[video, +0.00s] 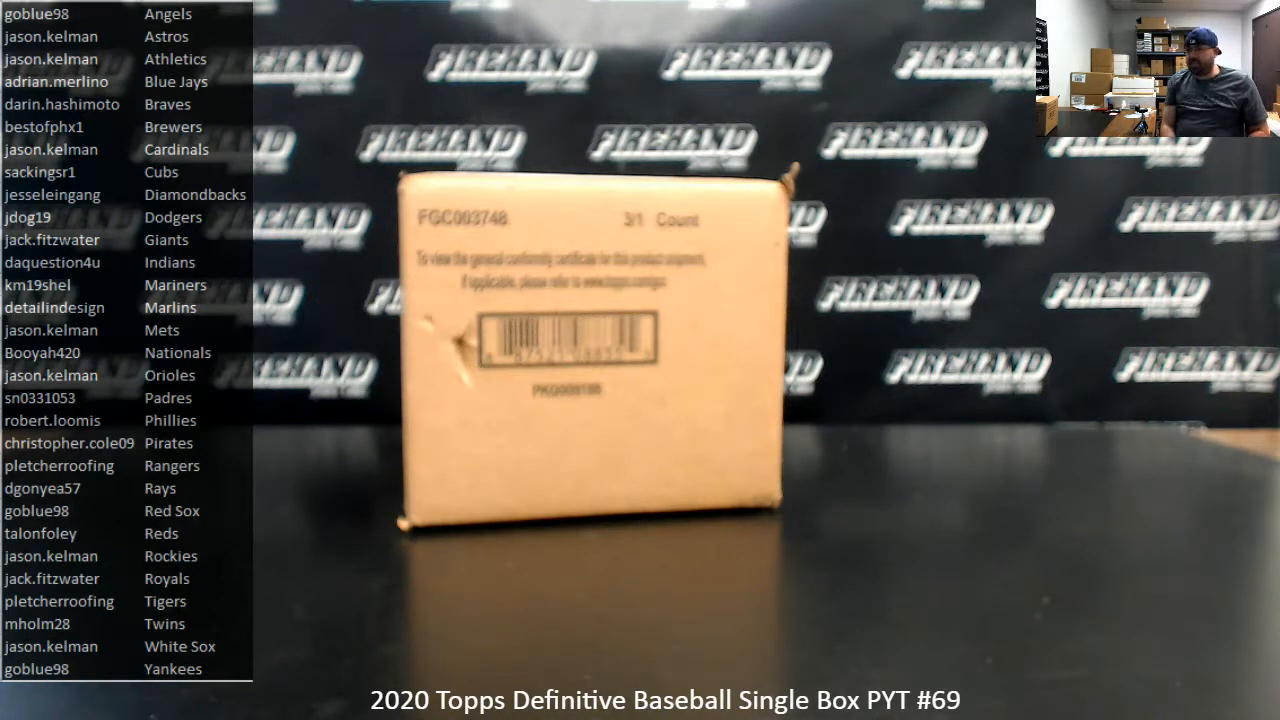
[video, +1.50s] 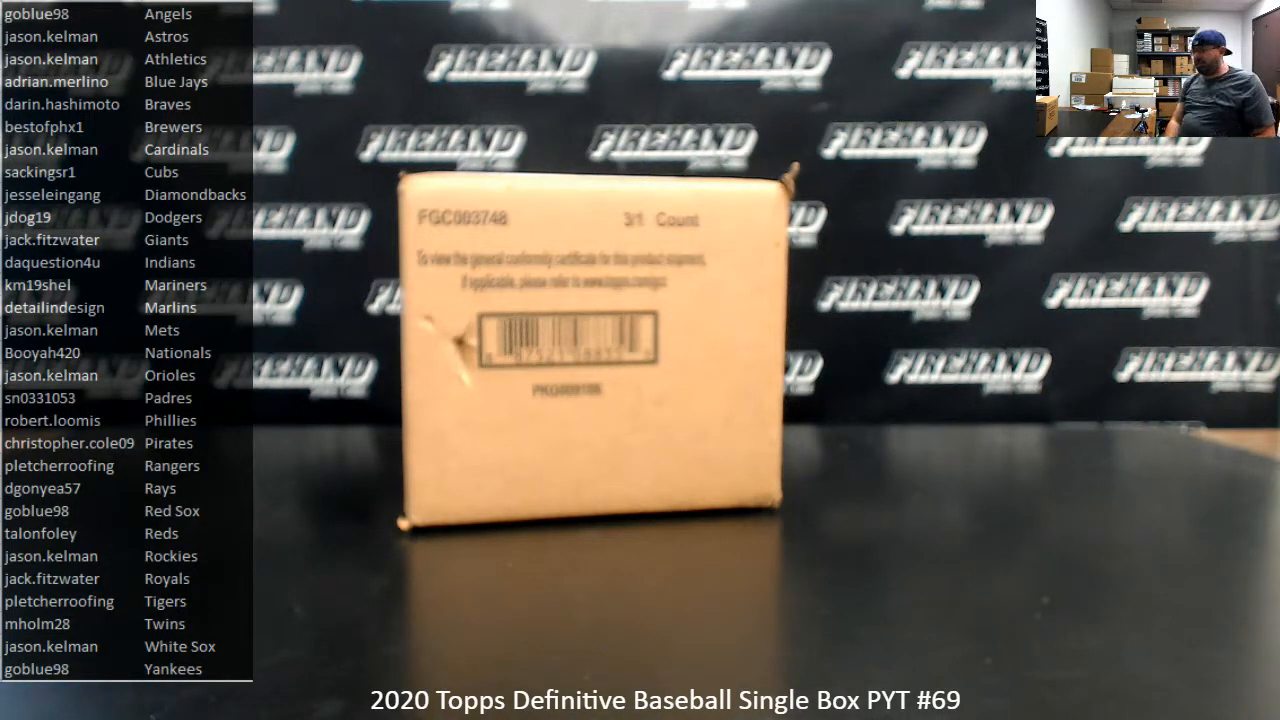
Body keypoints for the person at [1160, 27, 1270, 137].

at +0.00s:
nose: (1192, 56)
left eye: (1199, 49)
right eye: (1189, 50)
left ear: (1216, 52)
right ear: (1185, 53)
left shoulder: (1242, 83)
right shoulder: (1177, 82)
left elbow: (1261, 131)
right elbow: (1167, 125)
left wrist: (1242, 157)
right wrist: (1171, 152)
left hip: (1228, 158)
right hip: (1184, 159)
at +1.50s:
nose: (1197, 57)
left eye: (1203, 51)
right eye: (1194, 52)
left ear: (1221, 52)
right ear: (1191, 54)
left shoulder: (1248, 82)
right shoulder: (1190, 83)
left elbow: (1267, 134)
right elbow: (1176, 120)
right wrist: (1167, 149)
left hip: (1229, 162)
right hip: (1187, 160)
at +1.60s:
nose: (1190, 58)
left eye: (1196, 51)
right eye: (1190, 52)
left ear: (1217, 51)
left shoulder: (1247, 83)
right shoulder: (1191, 82)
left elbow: (1266, 136)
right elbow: (1176, 120)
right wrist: (1164, 149)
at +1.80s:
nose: (1174, 61)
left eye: (1180, 54)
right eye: (1175, 55)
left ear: (1203, 53)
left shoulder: (1237, 89)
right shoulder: (1185, 85)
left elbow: (1262, 141)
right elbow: (1173, 122)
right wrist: (1163, 152)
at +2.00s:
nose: (1165, 62)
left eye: (1169, 56)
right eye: (1165, 56)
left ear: (1191, 55)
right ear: (1191, 55)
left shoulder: (1227, 90)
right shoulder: (1179, 86)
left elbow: (1253, 143)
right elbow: (1170, 125)